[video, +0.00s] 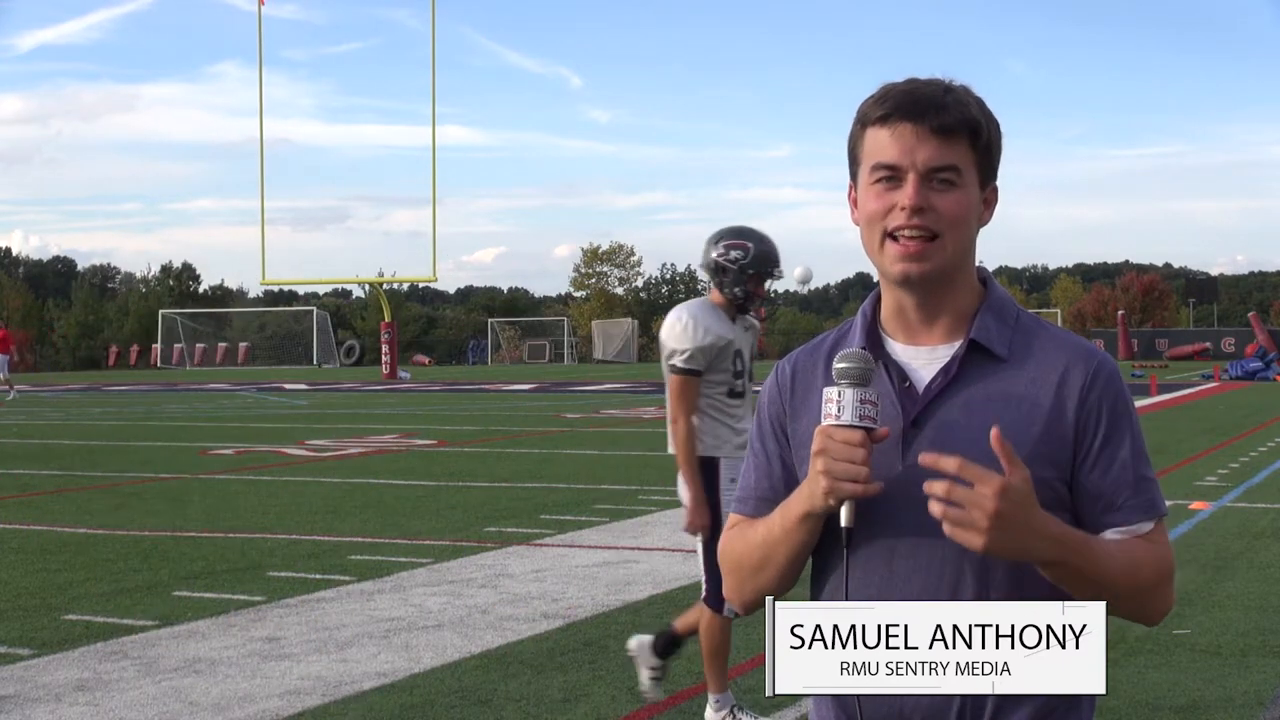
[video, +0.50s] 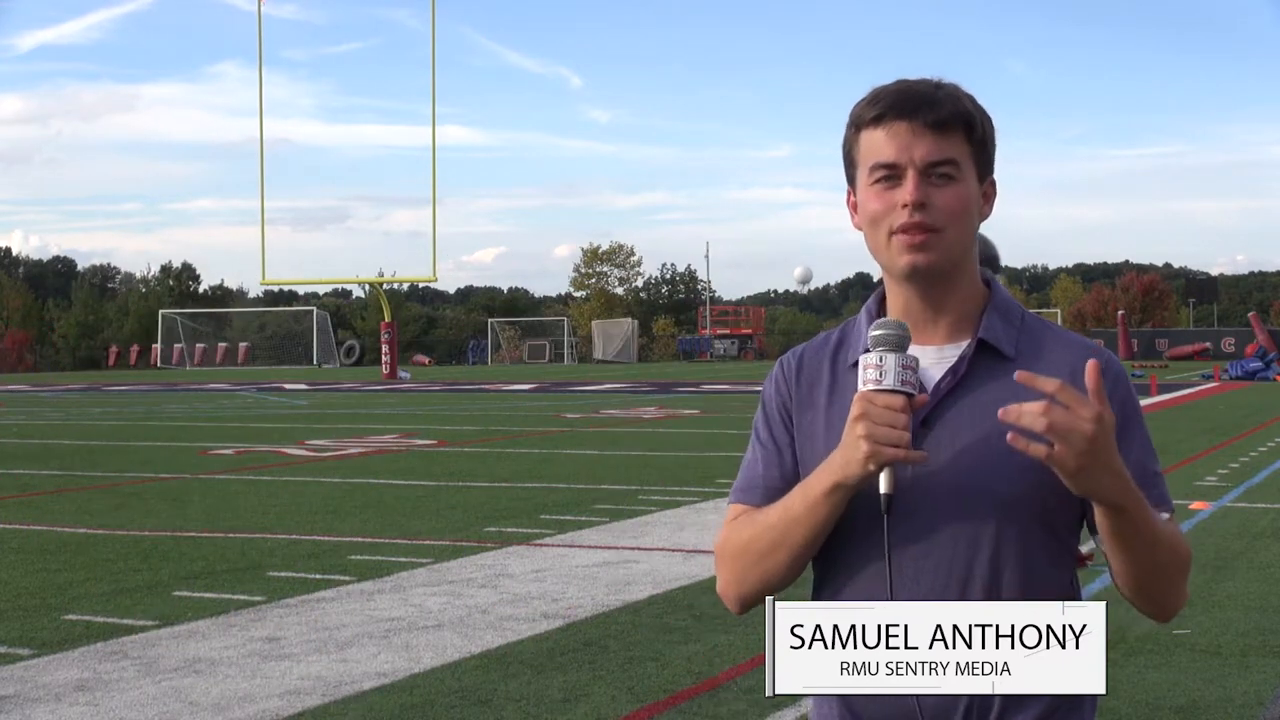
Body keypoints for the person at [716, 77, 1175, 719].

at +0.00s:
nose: (911, 201)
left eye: (942, 179)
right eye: (887, 178)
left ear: (986, 202)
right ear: (855, 204)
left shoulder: (1078, 378)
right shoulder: (798, 381)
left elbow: (1153, 593)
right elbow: (737, 585)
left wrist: (1038, 537)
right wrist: (810, 498)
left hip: (1027, 706)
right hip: (849, 706)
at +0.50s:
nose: (912, 197)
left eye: (940, 174)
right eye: (886, 177)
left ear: (986, 198)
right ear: (855, 209)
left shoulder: (1081, 376)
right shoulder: (800, 379)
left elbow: (1163, 599)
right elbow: (735, 582)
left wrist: (1109, 487)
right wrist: (839, 468)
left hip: (1031, 704)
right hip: (853, 706)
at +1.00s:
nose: (917, 197)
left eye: (944, 175)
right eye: (889, 177)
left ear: (987, 200)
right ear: (856, 207)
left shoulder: (1081, 377)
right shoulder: (797, 385)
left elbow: (1162, 571)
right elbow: (743, 586)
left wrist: (1059, 560)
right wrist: (833, 515)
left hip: (1032, 707)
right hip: (851, 709)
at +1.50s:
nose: (912, 209)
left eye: (941, 183)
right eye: (886, 184)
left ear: (985, 201)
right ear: (854, 207)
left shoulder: (1081, 380)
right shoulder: (798, 385)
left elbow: (1157, 577)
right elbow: (746, 587)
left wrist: (1048, 568)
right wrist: (834, 515)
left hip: (1031, 708)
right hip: (852, 708)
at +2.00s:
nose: (908, 205)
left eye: (938, 182)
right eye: (883, 183)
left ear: (984, 203)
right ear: (853, 207)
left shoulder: (1080, 379)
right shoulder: (799, 386)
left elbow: (1158, 581)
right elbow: (747, 587)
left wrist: (1042, 557)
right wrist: (828, 520)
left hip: (1032, 707)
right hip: (853, 708)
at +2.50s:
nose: (913, 195)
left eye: (945, 174)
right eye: (891, 174)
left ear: (995, 202)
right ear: (864, 204)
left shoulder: (1085, 375)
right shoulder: (806, 377)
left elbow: (1172, 582)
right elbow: (738, 581)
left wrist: (1053, 533)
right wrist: (827, 483)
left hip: (1035, 706)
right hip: (857, 707)